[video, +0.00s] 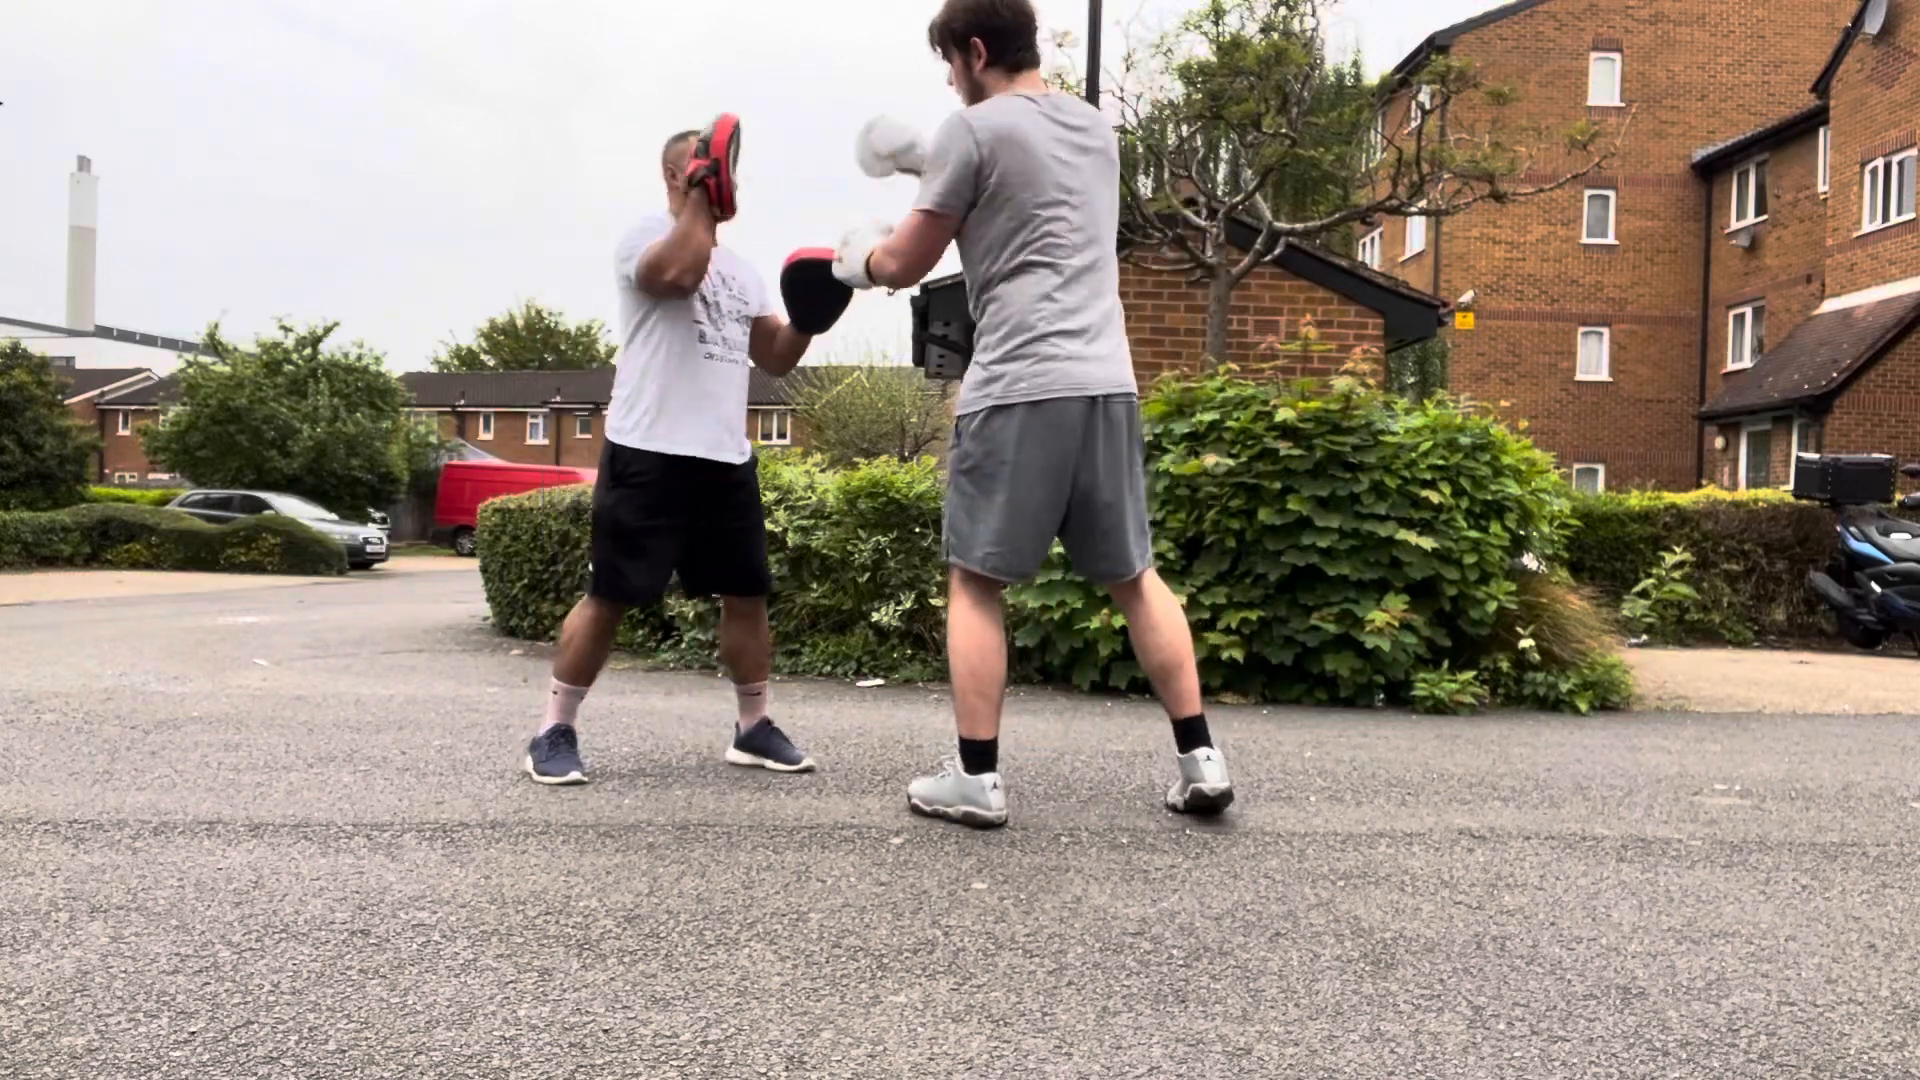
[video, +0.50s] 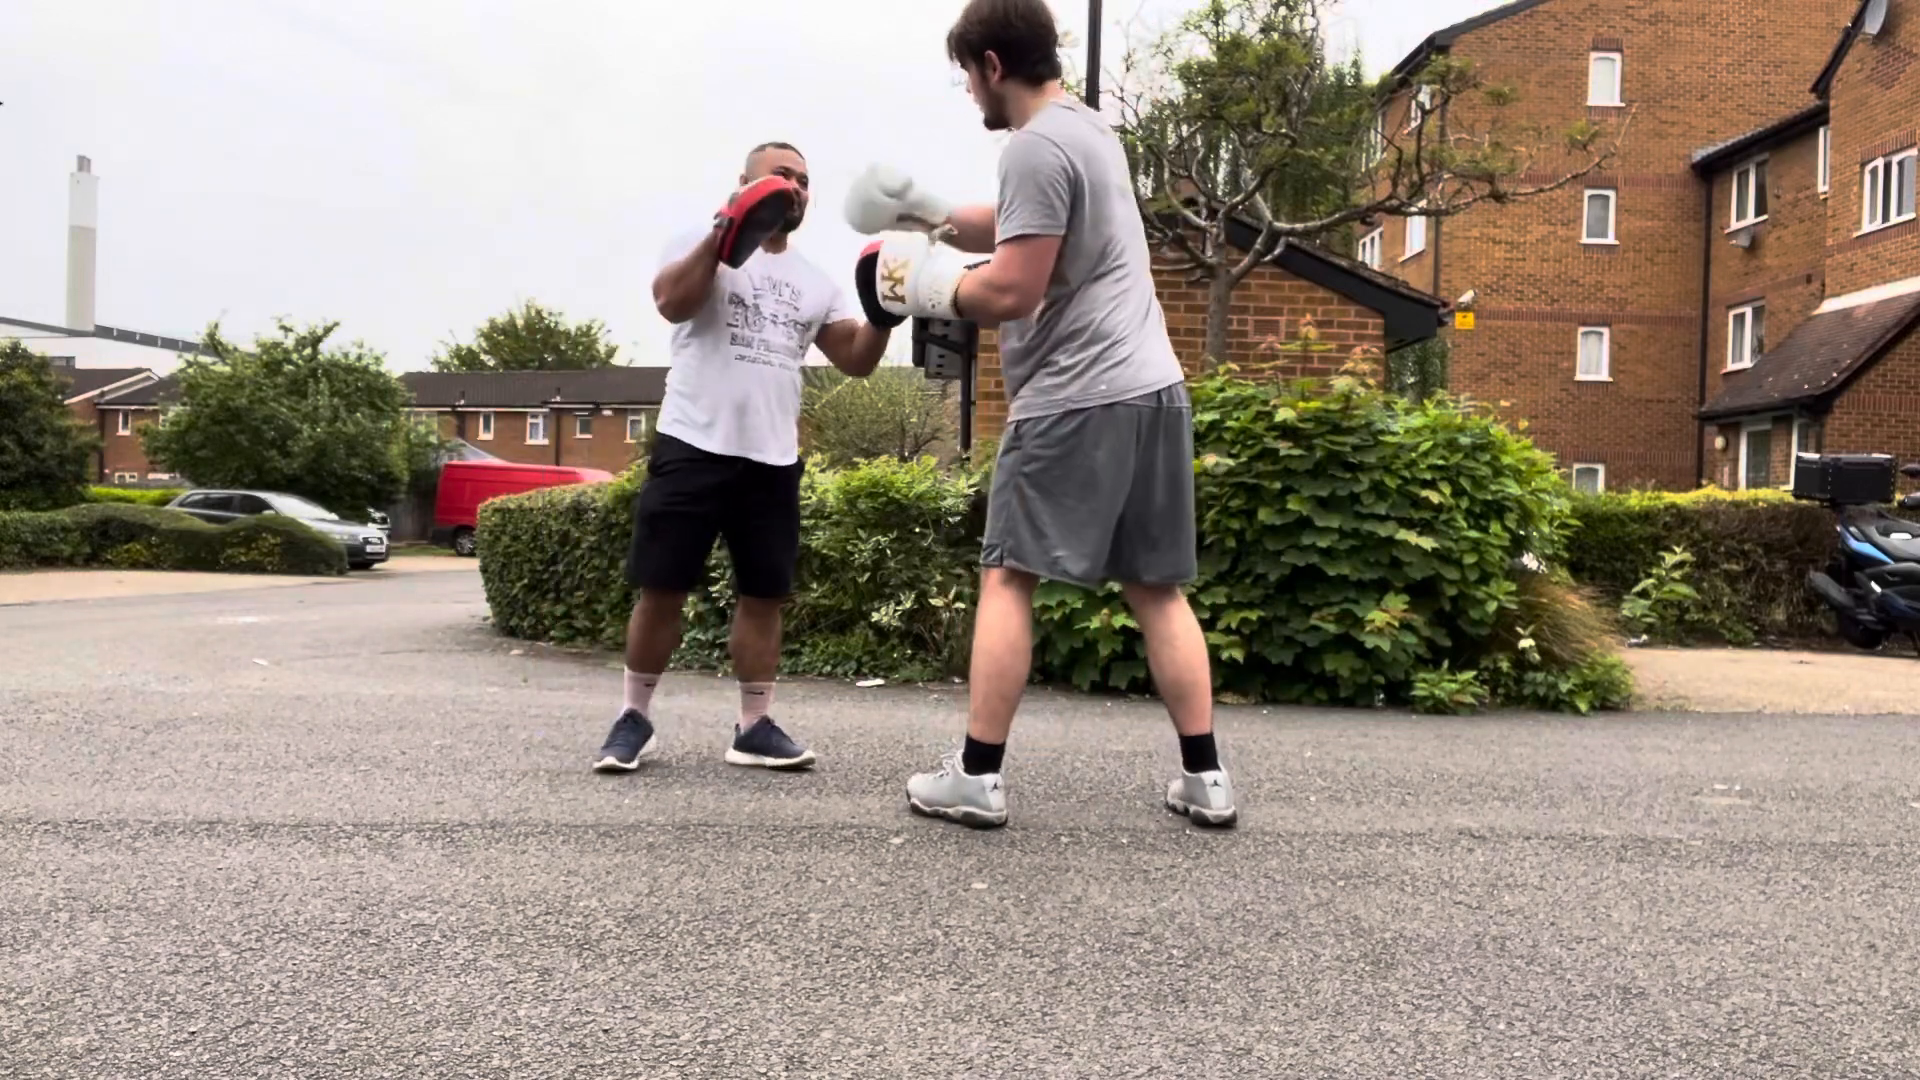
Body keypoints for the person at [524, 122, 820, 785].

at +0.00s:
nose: (708, 174)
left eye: (715, 164)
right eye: (693, 164)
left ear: (728, 178)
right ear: (670, 178)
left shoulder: (742, 271)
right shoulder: (643, 236)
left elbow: (777, 357)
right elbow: (678, 274)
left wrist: (815, 308)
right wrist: (702, 193)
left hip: (726, 456)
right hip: (645, 449)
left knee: (747, 594)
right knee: (609, 594)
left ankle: (754, 726)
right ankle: (555, 729)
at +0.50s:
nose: (794, 188)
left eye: (802, 180)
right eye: (780, 176)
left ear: (809, 198)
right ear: (744, 186)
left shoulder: (814, 280)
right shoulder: (704, 246)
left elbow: (858, 360)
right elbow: (672, 304)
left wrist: (887, 306)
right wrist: (725, 233)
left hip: (771, 454)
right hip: (690, 443)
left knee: (765, 592)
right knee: (661, 586)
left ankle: (755, 724)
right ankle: (634, 717)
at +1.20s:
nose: (760, 192)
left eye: (767, 183)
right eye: (745, 181)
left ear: (774, 199)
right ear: (712, 193)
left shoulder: (792, 272)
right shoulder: (679, 262)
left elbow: (836, 362)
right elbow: (646, 305)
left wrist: (852, 303)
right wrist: (688, 228)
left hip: (776, 460)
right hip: (692, 458)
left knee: (802, 593)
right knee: (677, 597)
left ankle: (828, 727)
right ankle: (666, 721)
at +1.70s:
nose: (822, 209)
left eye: (828, 198)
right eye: (810, 196)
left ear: (832, 212)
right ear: (781, 204)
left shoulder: (837, 293)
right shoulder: (728, 256)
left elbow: (865, 379)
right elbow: (737, 305)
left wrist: (903, 320)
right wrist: (771, 228)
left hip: (803, 465)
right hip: (720, 459)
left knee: (828, 591)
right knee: (696, 599)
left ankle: (830, 729)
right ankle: (666, 721)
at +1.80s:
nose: (806, 198)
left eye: (817, 189)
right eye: (795, 185)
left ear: (831, 205)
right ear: (766, 191)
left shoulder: (839, 289)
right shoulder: (722, 259)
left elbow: (875, 372)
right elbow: (701, 321)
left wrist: (911, 315)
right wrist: (744, 244)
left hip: (807, 464)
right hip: (722, 459)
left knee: (828, 590)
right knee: (696, 601)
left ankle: (830, 728)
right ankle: (666, 721)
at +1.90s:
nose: (808, 194)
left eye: (817, 187)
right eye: (794, 183)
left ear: (826, 200)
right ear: (758, 191)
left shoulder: (837, 274)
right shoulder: (718, 256)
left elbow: (884, 361)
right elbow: (684, 331)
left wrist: (909, 287)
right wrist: (731, 258)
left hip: (808, 463)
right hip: (721, 459)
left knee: (828, 591)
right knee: (695, 601)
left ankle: (830, 729)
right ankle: (666, 721)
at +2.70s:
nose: (764, 190)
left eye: (769, 183)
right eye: (750, 180)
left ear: (775, 197)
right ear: (712, 193)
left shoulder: (793, 272)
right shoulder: (675, 265)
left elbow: (829, 370)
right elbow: (658, 345)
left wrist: (837, 345)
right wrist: (708, 292)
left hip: (784, 459)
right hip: (700, 458)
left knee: (805, 594)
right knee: (684, 600)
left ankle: (828, 727)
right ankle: (665, 722)